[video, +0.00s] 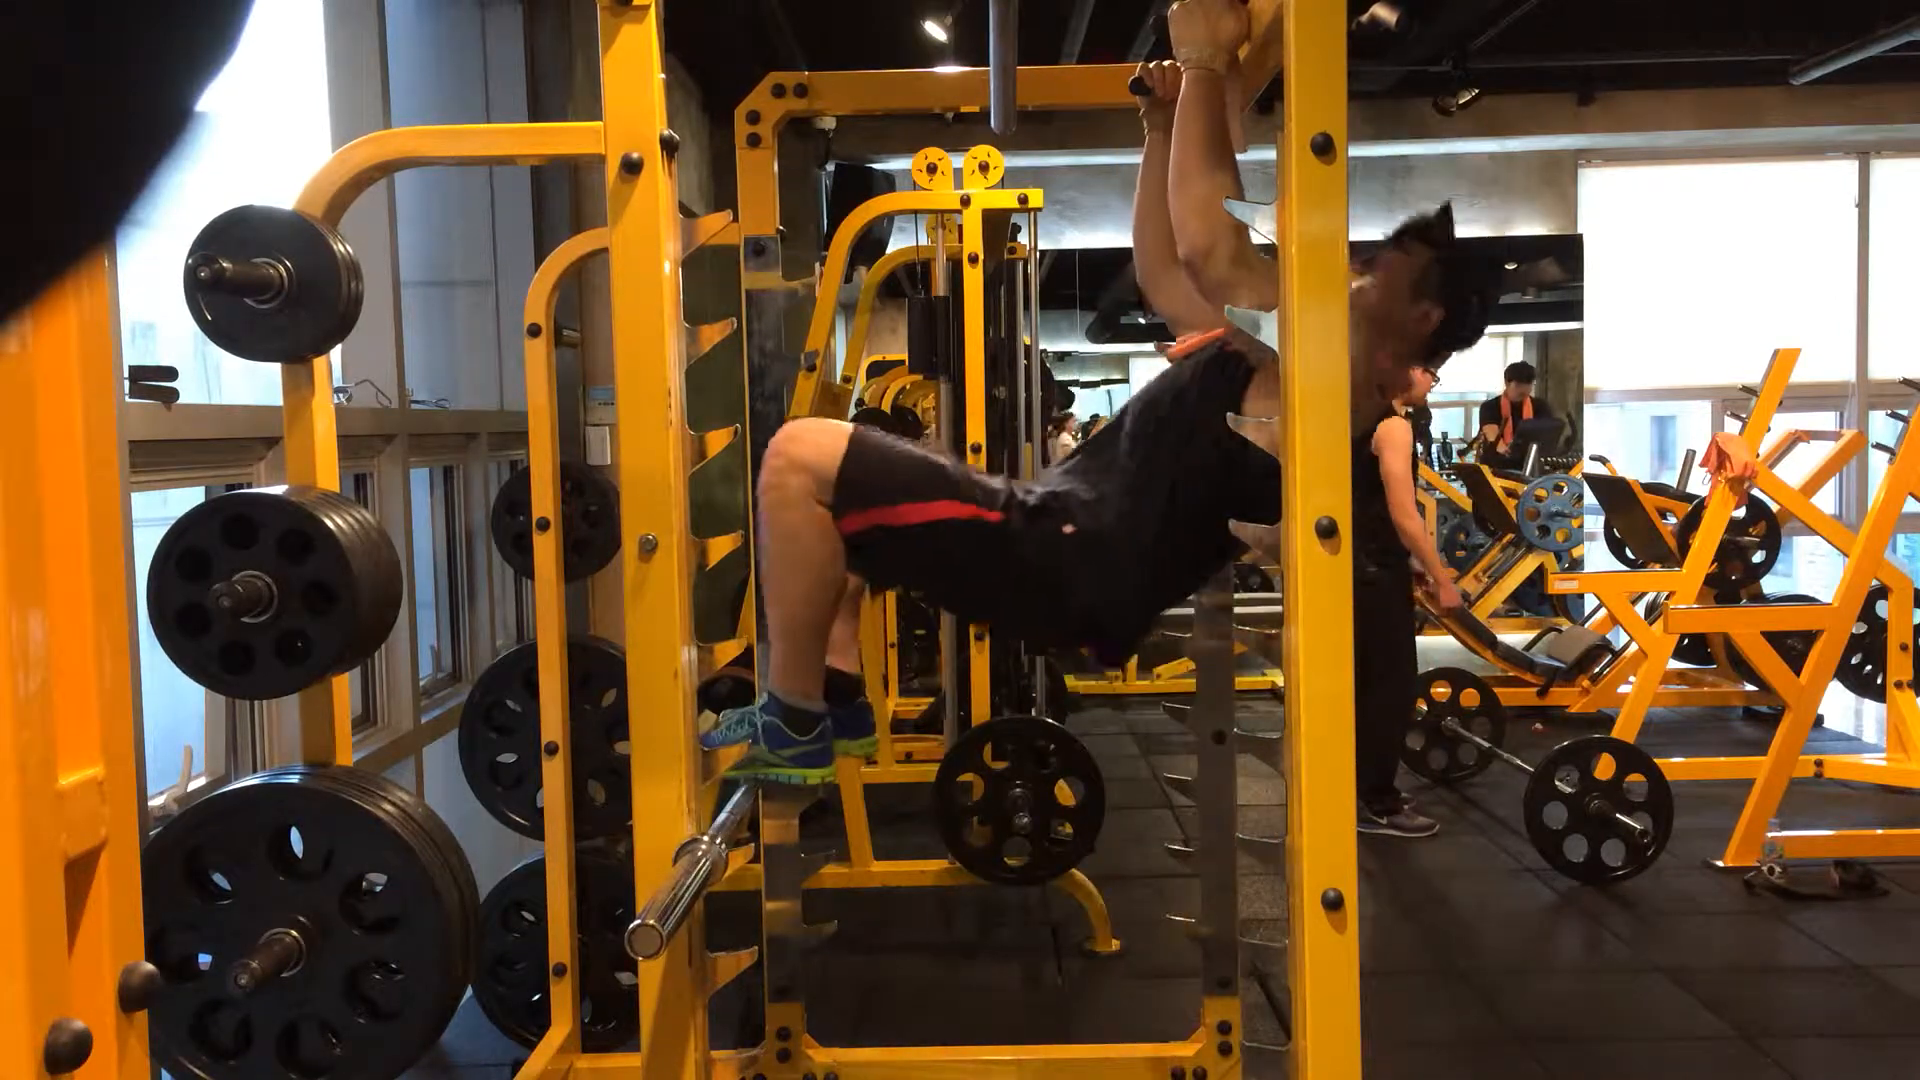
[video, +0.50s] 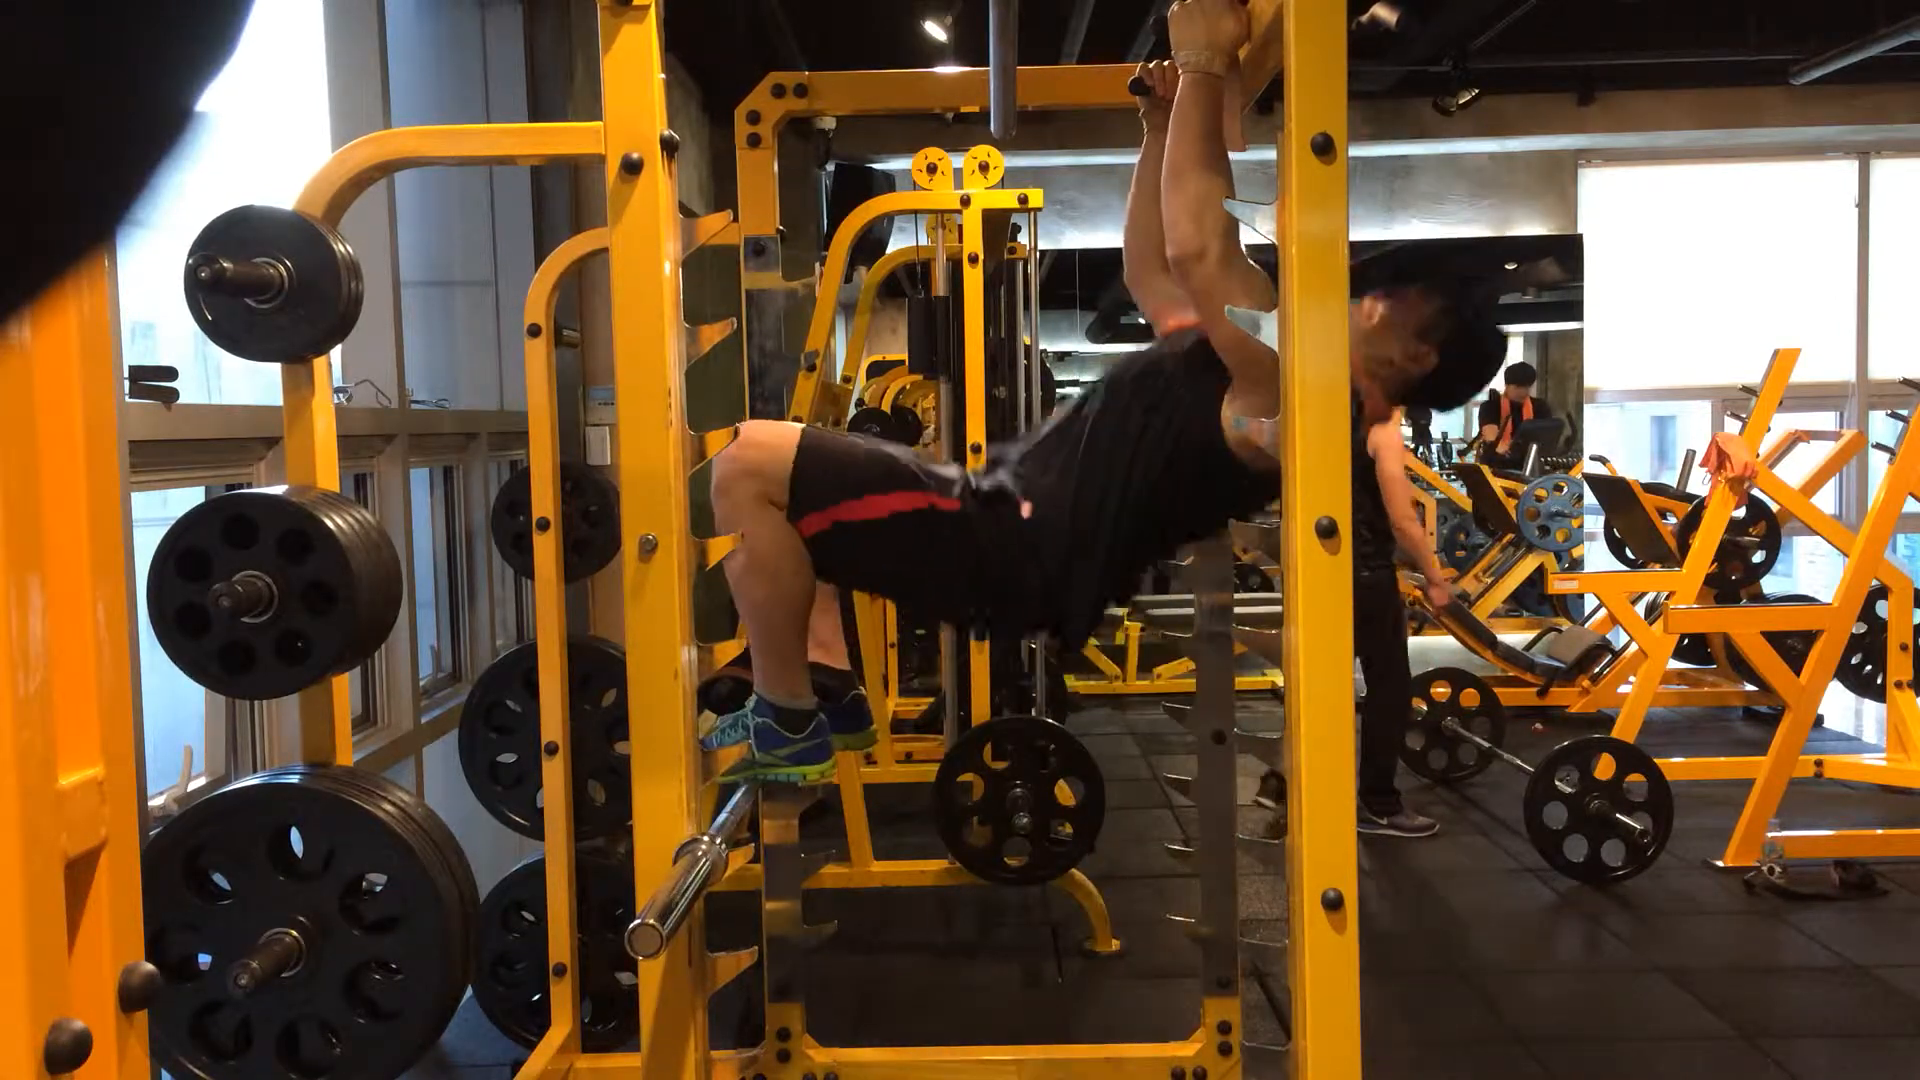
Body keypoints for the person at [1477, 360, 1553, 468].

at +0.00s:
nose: (1523, 390)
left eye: (1527, 385)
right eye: (1519, 385)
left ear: (1531, 386)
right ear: (1507, 383)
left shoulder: (1539, 406)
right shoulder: (1490, 407)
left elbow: (1548, 432)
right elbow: (1491, 432)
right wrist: (1501, 447)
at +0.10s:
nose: (1519, 390)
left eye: (1522, 385)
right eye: (1514, 385)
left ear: (1526, 384)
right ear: (1503, 384)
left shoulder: (1538, 405)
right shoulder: (1488, 408)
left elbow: (1548, 433)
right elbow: (1490, 435)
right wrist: (1501, 447)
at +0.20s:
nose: (1518, 391)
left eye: (1521, 385)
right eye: (1513, 386)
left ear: (1524, 383)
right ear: (1501, 384)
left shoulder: (1538, 405)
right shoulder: (1487, 409)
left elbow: (1547, 433)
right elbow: (1490, 437)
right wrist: (1503, 449)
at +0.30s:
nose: (1519, 392)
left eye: (1521, 387)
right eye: (1513, 387)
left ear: (1525, 385)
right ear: (1502, 386)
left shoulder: (1537, 404)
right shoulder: (1486, 409)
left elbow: (1547, 432)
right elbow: (1489, 436)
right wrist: (1503, 448)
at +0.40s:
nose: (1520, 399)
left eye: (1523, 395)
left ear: (1527, 389)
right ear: (1504, 387)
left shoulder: (1538, 405)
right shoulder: (1488, 409)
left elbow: (1547, 433)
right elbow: (1489, 436)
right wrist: (1500, 447)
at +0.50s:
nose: (1523, 392)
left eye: (1526, 387)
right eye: (1517, 387)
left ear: (1530, 387)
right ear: (1507, 385)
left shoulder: (1539, 406)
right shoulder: (1490, 407)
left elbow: (1546, 435)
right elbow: (1491, 440)